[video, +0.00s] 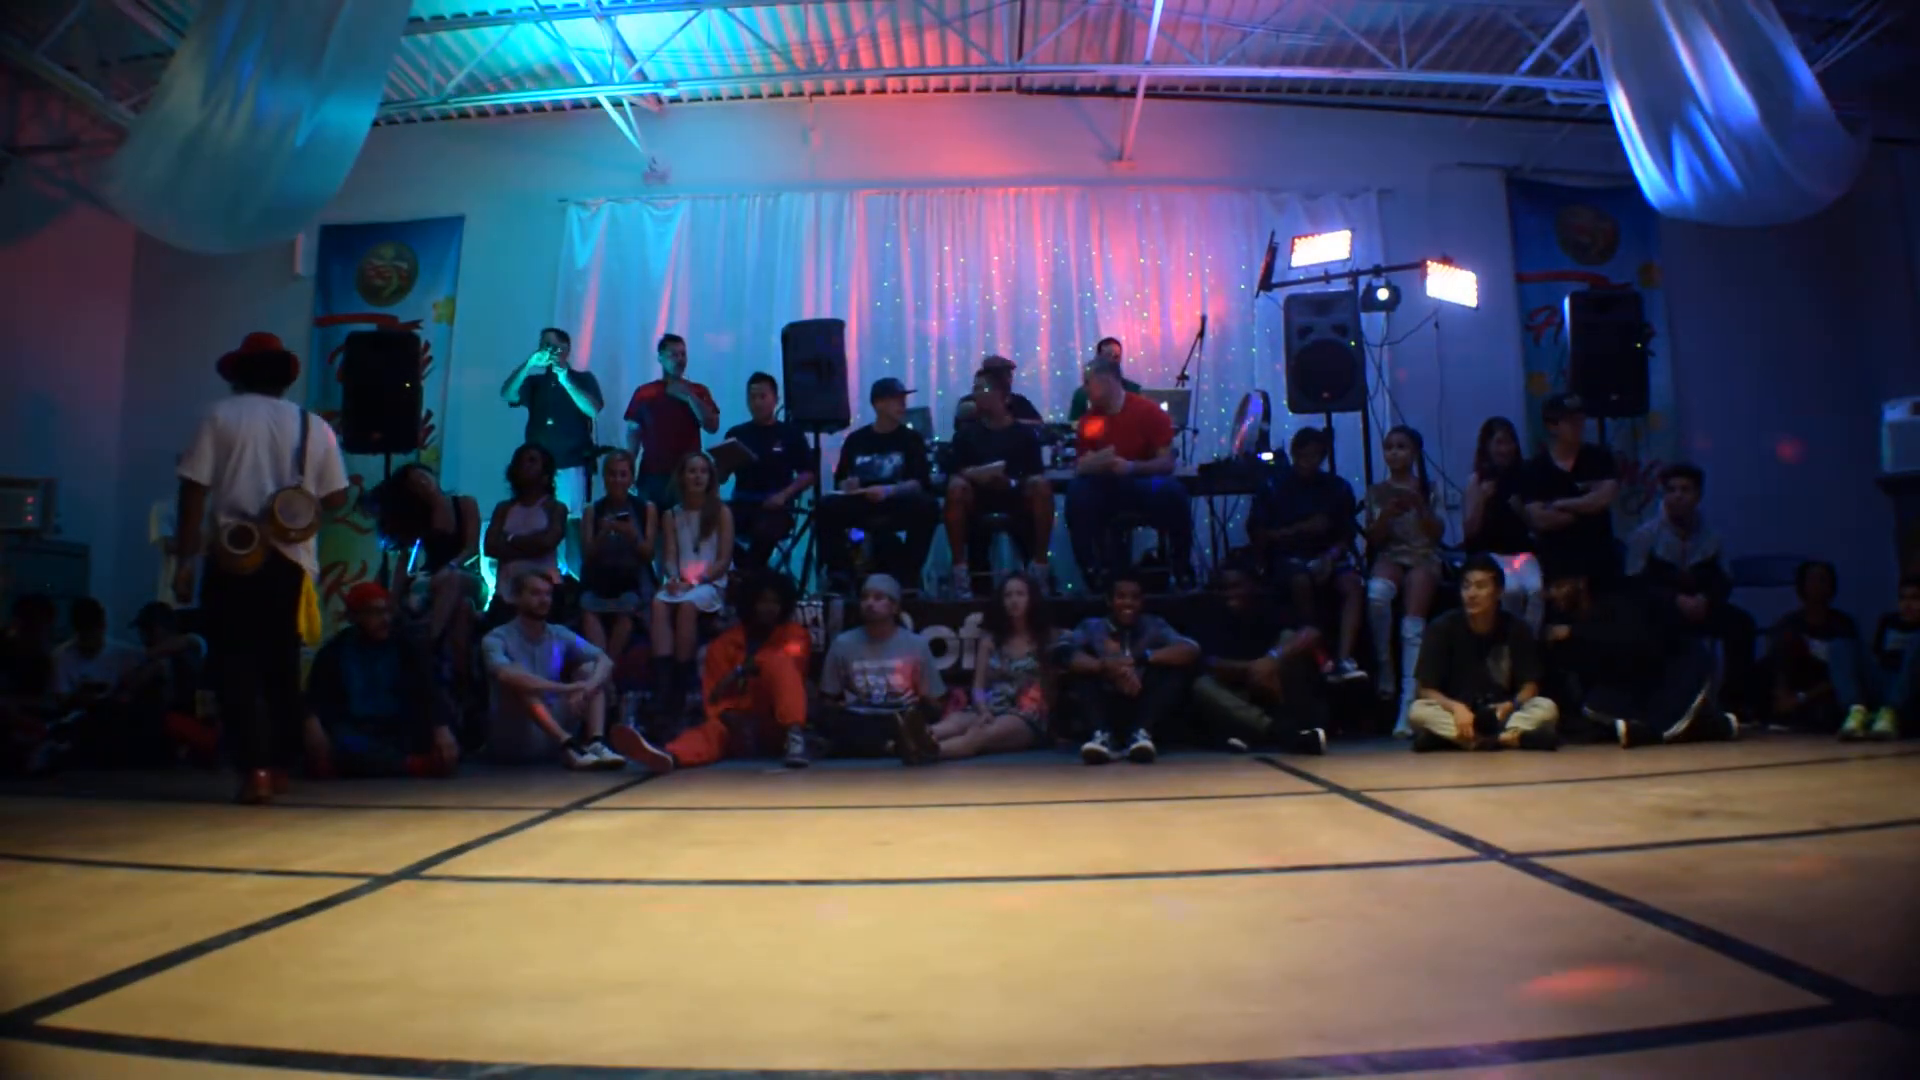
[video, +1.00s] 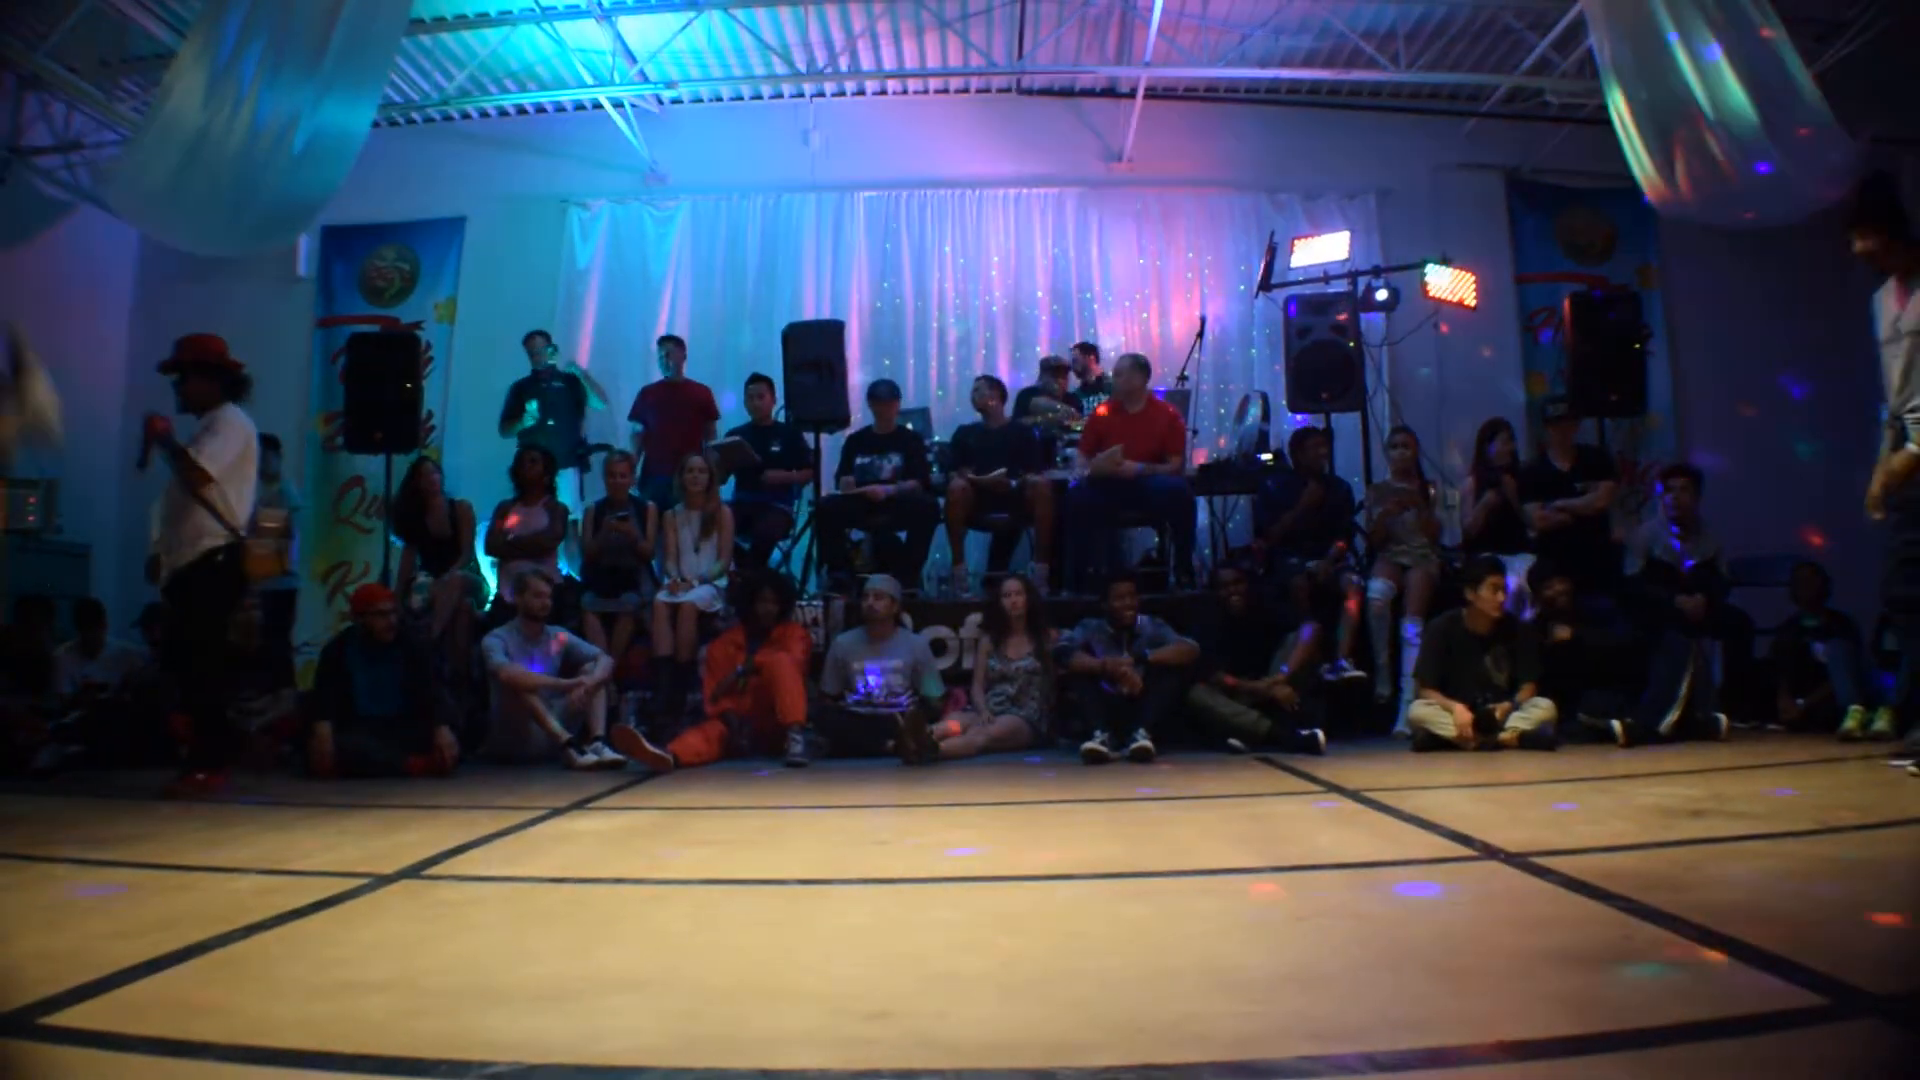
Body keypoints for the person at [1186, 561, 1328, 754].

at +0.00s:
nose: (1232, 594)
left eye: (1237, 586)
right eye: (1226, 588)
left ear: (1251, 587)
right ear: (1219, 592)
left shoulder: (1270, 615)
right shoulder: (1217, 623)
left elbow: (1311, 633)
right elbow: (1207, 661)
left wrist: (1273, 661)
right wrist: (1255, 671)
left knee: (1289, 637)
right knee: (1203, 686)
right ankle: (1275, 732)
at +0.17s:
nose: (1232, 593)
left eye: (1238, 586)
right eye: (1227, 588)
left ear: (1253, 586)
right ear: (1221, 591)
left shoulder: (1273, 614)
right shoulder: (1219, 623)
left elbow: (1317, 637)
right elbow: (1214, 668)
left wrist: (1276, 670)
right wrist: (1261, 685)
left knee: (1294, 639)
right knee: (1202, 688)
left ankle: (1250, 734)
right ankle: (1280, 733)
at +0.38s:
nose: (1232, 592)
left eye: (1238, 585)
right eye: (1227, 587)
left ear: (1253, 585)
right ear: (1221, 590)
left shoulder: (1272, 613)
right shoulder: (1218, 622)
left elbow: (1316, 634)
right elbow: (1215, 670)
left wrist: (1280, 673)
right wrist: (1262, 687)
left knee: (1299, 641)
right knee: (1201, 691)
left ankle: (1250, 734)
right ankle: (1281, 735)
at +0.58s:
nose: (1234, 593)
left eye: (1240, 585)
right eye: (1227, 587)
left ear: (1252, 586)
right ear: (1219, 592)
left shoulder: (1271, 614)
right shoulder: (1216, 626)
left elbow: (1315, 632)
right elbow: (1214, 673)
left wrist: (1283, 681)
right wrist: (1264, 692)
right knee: (1200, 693)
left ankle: (1250, 734)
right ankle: (1277, 734)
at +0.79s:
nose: (1231, 593)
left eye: (1237, 584)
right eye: (1224, 587)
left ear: (1251, 585)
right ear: (1218, 592)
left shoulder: (1270, 612)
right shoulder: (1217, 624)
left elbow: (1312, 631)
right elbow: (1215, 673)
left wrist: (1283, 680)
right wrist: (1269, 693)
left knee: (1305, 637)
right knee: (1199, 693)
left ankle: (1250, 734)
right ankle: (1281, 735)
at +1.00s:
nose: (1232, 592)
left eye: (1237, 584)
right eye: (1225, 587)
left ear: (1249, 585)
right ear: (1217, 593)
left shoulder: (1267, 613)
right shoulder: (1214, 626)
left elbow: (1311, 629)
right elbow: (1215, 677)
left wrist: (1281, 677)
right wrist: (1268, 690)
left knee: (1298, 639)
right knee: (1198, 694)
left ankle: (1249, 734)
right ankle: (1278, 734)